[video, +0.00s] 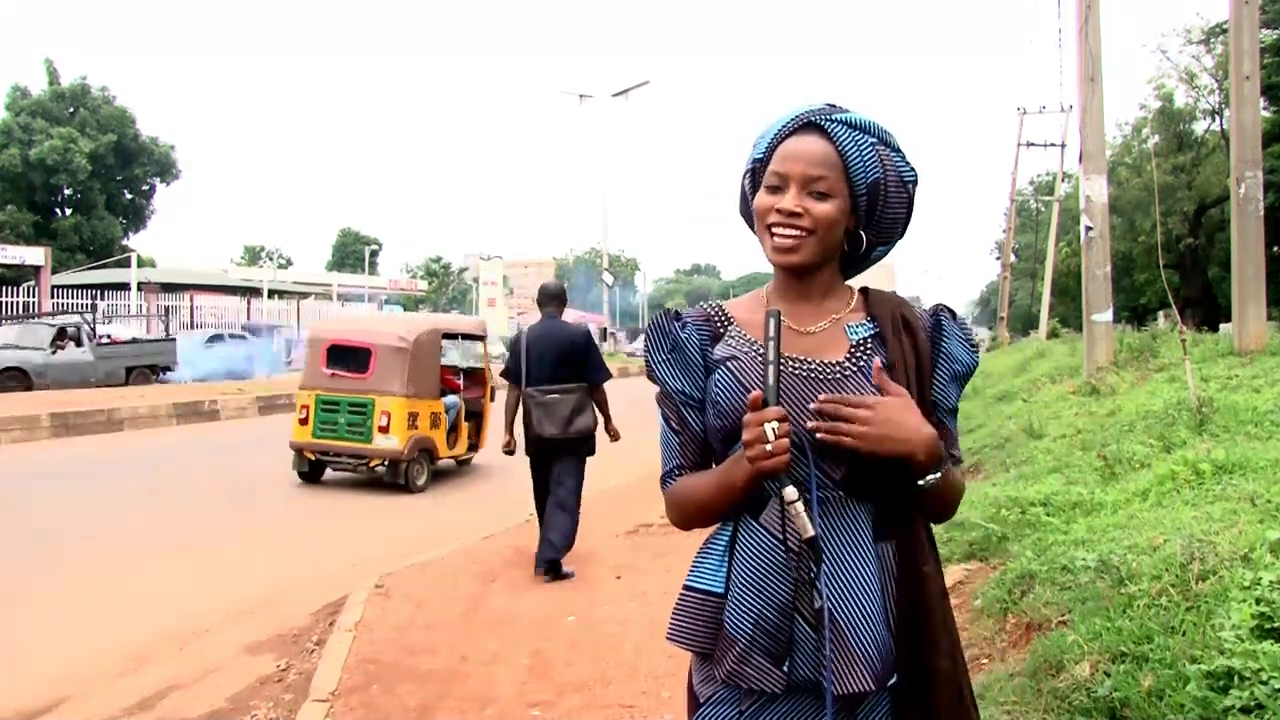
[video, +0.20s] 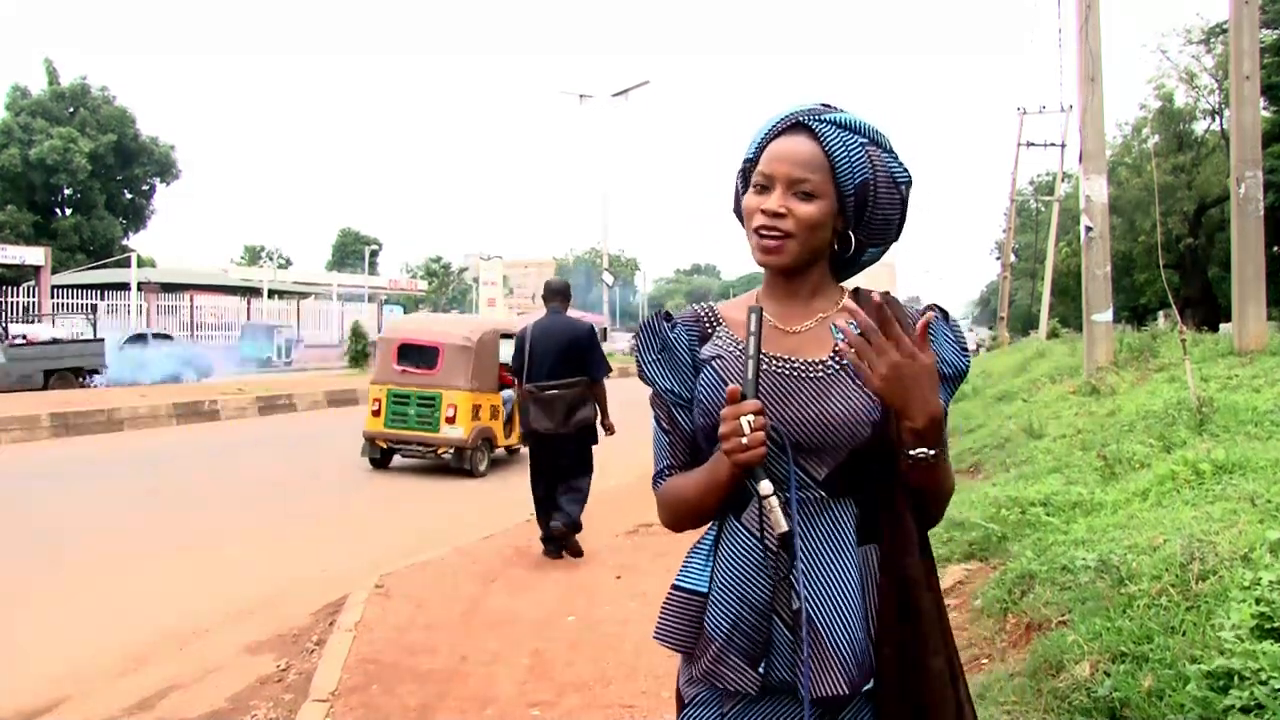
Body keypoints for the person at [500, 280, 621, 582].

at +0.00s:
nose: (557, 307)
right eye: (562, 302)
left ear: (538, 305)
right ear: (565, 304)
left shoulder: (523, 340)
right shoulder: (579, 336)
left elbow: (514, 389)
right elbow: (595, 387)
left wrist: (508, 431)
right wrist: (608, 420)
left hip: (538, 429)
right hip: (575, 428)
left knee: (543, 491)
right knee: (565, 494)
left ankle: (549, 552)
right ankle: (549, 560)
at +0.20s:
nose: (562, 303)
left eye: (554, 298)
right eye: (566, 299)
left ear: (543, 300)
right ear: (569, 300)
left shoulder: (526, 334)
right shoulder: (583, 331)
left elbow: (519, 382)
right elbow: (596, 380)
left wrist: (525, 422)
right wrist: (605, 415)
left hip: (538, 422)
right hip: (576, 421)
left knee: (544, 478)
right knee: (578, 473)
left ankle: (552, 542)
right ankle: (565, 520)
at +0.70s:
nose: (588, 306)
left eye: (581, 301)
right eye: (592, 302)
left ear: (572, 303)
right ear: (595, 304)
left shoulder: (555, 332)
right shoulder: (606, 335)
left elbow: (547, 369)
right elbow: (613, 380)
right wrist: (621, 415)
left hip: (562, 414)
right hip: (596, 414)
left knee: (566, 466)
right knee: (598, 472)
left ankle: (554, 511)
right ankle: (591, 524)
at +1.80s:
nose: (617, 317)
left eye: (614, 313)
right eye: (621, 313)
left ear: (608, 313)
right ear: (628, 313)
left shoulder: (595, 338)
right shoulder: (637, 338)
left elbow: (587, 365)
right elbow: (641, 369)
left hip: (600, 403)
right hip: (629, 402)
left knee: (602, 450)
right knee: (629, 450)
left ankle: (595, 496)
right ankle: (625, 494)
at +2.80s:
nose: (655, 315)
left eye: (652, 311)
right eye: (659, 312)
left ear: (646, 313)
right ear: (663, 313)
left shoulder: (633, 334)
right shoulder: (668, 334)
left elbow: (625, 360)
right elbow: (674, 362)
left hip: (635, 392)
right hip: (661, 392)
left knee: (633, 438)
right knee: (663, 436)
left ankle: (633, 483)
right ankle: (666, 474)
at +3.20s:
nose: (672, 314)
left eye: (669, 311)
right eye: (675, 310)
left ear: (664, 312)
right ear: (680, 311)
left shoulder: (655, 333)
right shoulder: (688, 332)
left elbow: (647, 365)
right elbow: (696, 361)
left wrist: (646, 393)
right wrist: (700, 385)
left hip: (660, 387)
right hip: (684, 386)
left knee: (662, 426)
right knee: (678, 428)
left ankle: (663, 467)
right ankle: (668, 473)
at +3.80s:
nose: (694, 316)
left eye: (690, 313)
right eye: (695, 313)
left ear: (683, 312)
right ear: (697, 313)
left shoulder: (671, 332)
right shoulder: (703, 332)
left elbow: (665, 354)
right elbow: (710, 355)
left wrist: (680, 364)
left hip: (676, 384)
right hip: (701, 383)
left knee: (678, 423)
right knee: (707, 421)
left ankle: (681, 463)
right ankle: (705, 454)